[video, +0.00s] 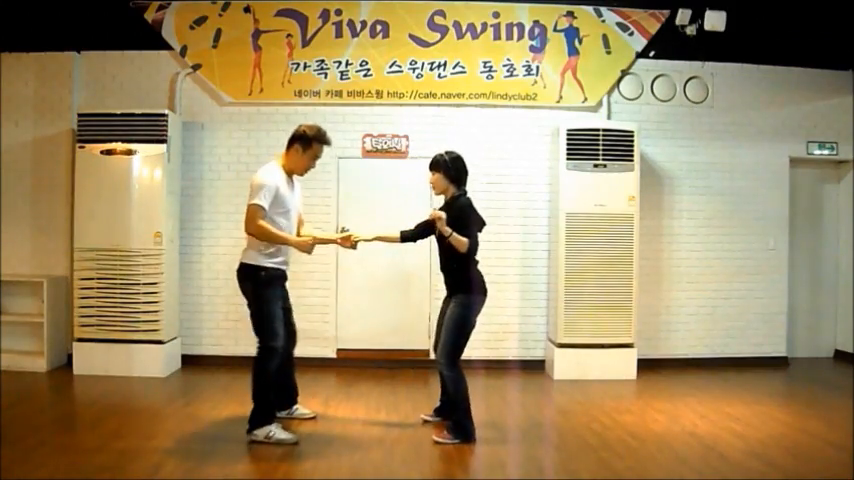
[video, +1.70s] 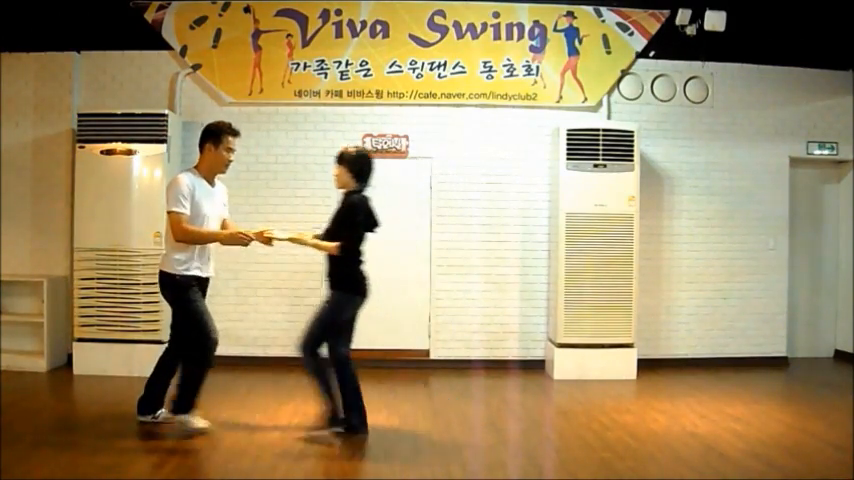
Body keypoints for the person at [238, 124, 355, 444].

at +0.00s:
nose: (313, 165)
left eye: (316, 159)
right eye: (313, 158)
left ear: (302, 152)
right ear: (295, 149)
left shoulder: (292, 182)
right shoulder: (268, 178)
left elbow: (298, 230)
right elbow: (252, 225)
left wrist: (336, 239)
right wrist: (293, 242)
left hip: (275, 271)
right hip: (258, 271)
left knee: (286, 339)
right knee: (272, 343)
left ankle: (284, 405)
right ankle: (260, 424)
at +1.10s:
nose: (278, 159)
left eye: (279, 154)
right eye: (274, 152)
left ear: (268, 157)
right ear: (253, 152)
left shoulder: (269, 196)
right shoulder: (227, 185)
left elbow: (296, 237)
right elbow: (212, 228)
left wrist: (335, 237)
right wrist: (256, 238)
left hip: (254, 283)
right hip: (226, 283)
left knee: (278, 342)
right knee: (258, 345)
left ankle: (285, 403)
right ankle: (247, 424)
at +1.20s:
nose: (268, 156)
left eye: (269, 150)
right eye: (264, 149)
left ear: (257, 153)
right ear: (243, 148)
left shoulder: (258, 191)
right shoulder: (218, 180)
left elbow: (286, 231)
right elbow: (206, 225)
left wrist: (325, 229)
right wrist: (251, 233)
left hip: (239, 278)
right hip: (213, 279)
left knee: (266, 336)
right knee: (248, 344)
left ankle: (249, 401)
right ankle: (246, 424)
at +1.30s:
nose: (255, 158)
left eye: (256, 152)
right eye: (250, 151)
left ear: (244, 154)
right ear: (230, 150)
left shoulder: (246, 193)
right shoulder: (208, 183)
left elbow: (270, 233)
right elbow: (202, 231)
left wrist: (311, 233)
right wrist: (248, 240)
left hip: (230, 280)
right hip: (207, 281)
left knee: (245, 345)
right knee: (244, 344)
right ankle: (247, 422)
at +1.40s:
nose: (244, 161)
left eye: (246, 155)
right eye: (240, 154)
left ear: (229, 156)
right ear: (219, 153)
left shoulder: (235, 195)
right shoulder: (196, 188)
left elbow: (255, 238)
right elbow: (196, 239)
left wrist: (295, 240)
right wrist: (241, 247)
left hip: (220, 283)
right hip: (199, 283)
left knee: (210, 350)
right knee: (236, 345)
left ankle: (158, 398)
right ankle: (247, 423)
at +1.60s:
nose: (233, 158)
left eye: (235, 152)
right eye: (229, 151)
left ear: (218, 152)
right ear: (209, 149)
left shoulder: (222, 190)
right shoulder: (183, 183)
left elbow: (232, 237)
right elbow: (181, 234)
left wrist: (266, 236)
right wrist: (227, 237)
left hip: (202, 277)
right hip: (179, 276)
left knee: (182, 346)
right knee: (214, 337)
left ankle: (148, 407)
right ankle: (216, 417)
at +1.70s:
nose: (232, 157)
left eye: (233, 151)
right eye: (228, 150)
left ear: (219, 151)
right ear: (208, 148)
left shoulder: (219, 190)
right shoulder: (182, 182)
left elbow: (223, 231)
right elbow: (179, 233)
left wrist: (254, 235)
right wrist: (223, 236)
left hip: (200, 277)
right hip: (177, 276)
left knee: (178, 346)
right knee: (206, 339)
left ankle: (148, 408)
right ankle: (181, 410)